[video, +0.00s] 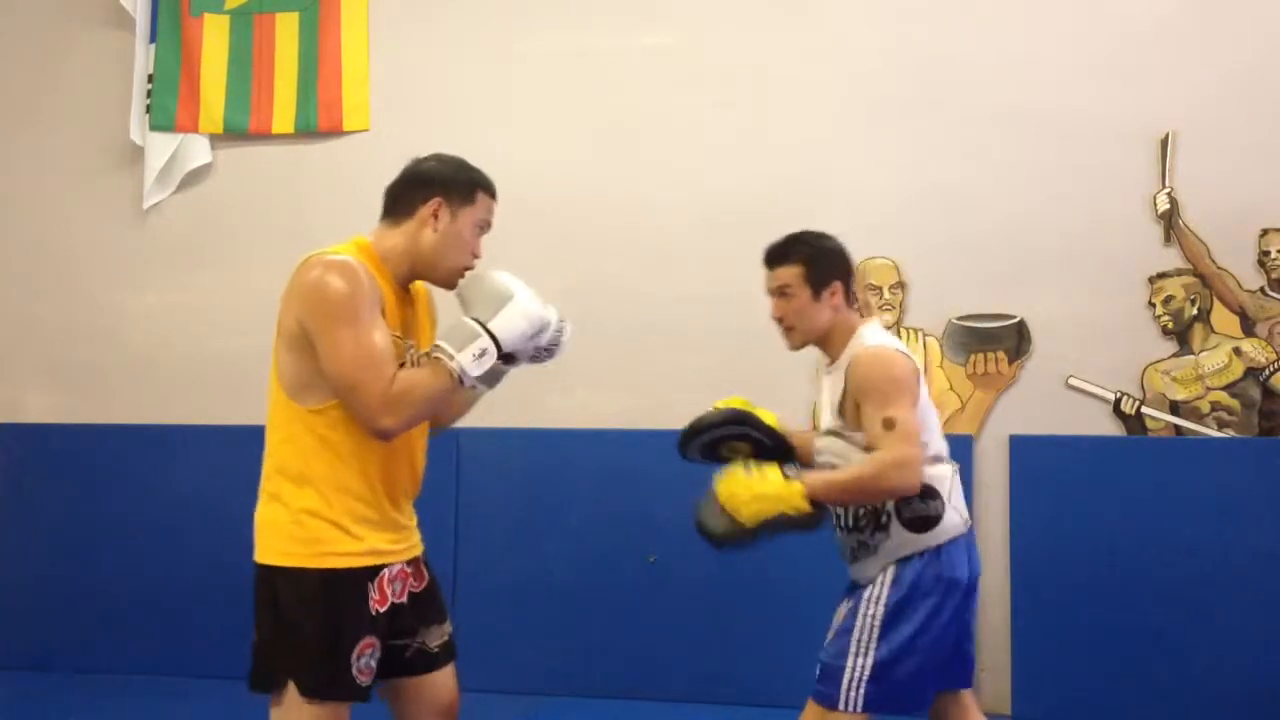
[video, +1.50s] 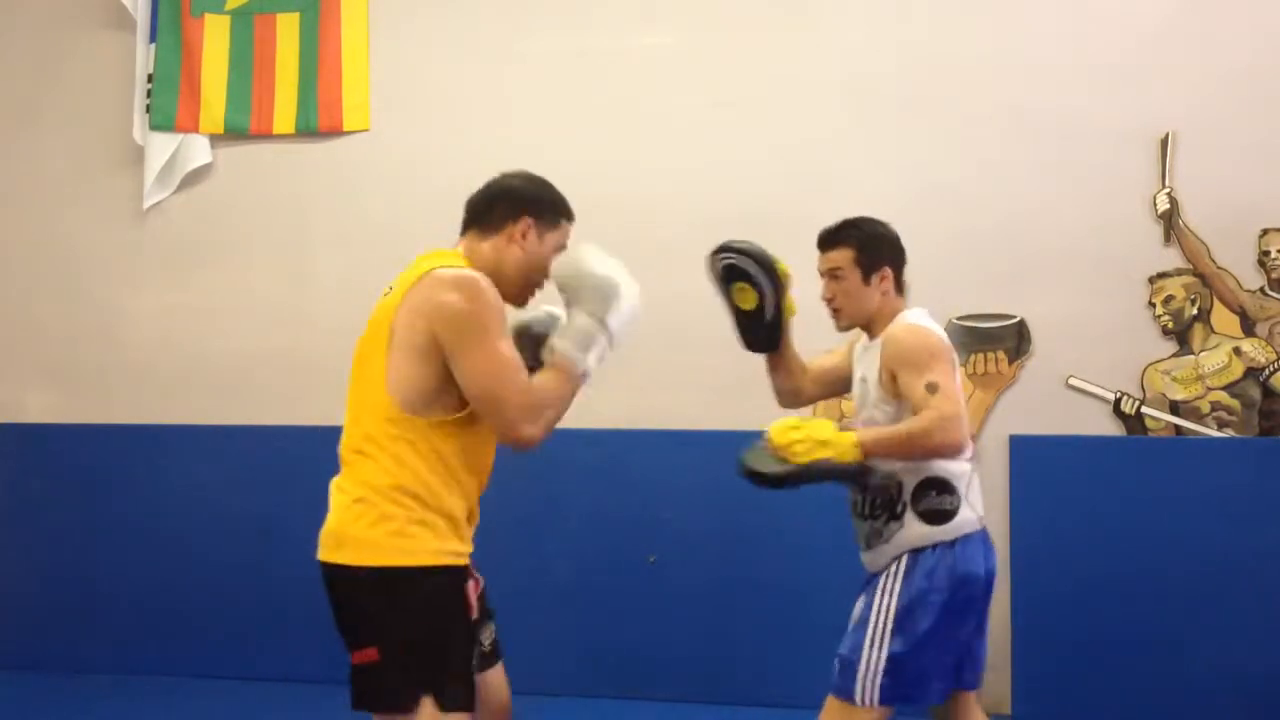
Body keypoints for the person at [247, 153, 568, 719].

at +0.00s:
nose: (480, 251)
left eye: (485, 234)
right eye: (478, 230)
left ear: (435, 219)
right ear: (435, 216)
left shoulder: (414, 299)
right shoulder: (334, 280)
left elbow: (435, 413)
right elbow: (384, 410)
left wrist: (500, 357)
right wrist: (485, 346)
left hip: (394, 546)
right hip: (319, 554)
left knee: (434, 703)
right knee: (312, 708)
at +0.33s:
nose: (489, 275)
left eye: (499, 260)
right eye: (492, 254)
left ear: (452, 231)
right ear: (453, 229)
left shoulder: (426, 305)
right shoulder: (343, 280)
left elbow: (438, 419)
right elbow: (387, 409)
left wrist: (509, 365)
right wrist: (495, 352)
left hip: (391, 551)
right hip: (313, 557)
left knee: (425, 707)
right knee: (309, 709)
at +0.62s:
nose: (472, 274)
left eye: (481, 259)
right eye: (476, 252)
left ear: (436, 231)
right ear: (438, 229)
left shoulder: (393, 304)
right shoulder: (329, 285)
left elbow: (402, 406)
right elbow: (388, 413)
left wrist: (481, 370)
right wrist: (477, 350)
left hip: (363, 554)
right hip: (294, 566)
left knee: (429, 707)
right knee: (308, 711)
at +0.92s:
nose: (491, 261)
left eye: (494, 245)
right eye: (490, 243)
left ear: (435, 233)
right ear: (455, 232)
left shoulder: (343, 297)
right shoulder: (446, 295)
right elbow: (570, 327)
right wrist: (614, 320)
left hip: (307, 558)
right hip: (360, 567)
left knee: (442, 692)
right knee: (350, 711)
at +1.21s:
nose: (542, 265)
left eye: (545, 247)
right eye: (541, 245)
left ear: (492, 236)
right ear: (508, 235)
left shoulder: (401, 296)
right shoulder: (498, 300)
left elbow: (449, 412)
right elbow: (562, 421)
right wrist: (604, 415)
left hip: (352, 537)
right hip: (411, 544)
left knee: (453, 700)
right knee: (427, 708)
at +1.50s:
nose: (551, 271)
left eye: (558, 256)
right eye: (554, 251)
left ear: (514, 230)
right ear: (521, 232)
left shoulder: (429, 280)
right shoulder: (461, 291)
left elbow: (435, 399)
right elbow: (525, 422)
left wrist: (520, 351)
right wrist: (587, 327)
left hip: (424, 551)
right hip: (398, 558)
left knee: (489, 702)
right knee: (429, 711)